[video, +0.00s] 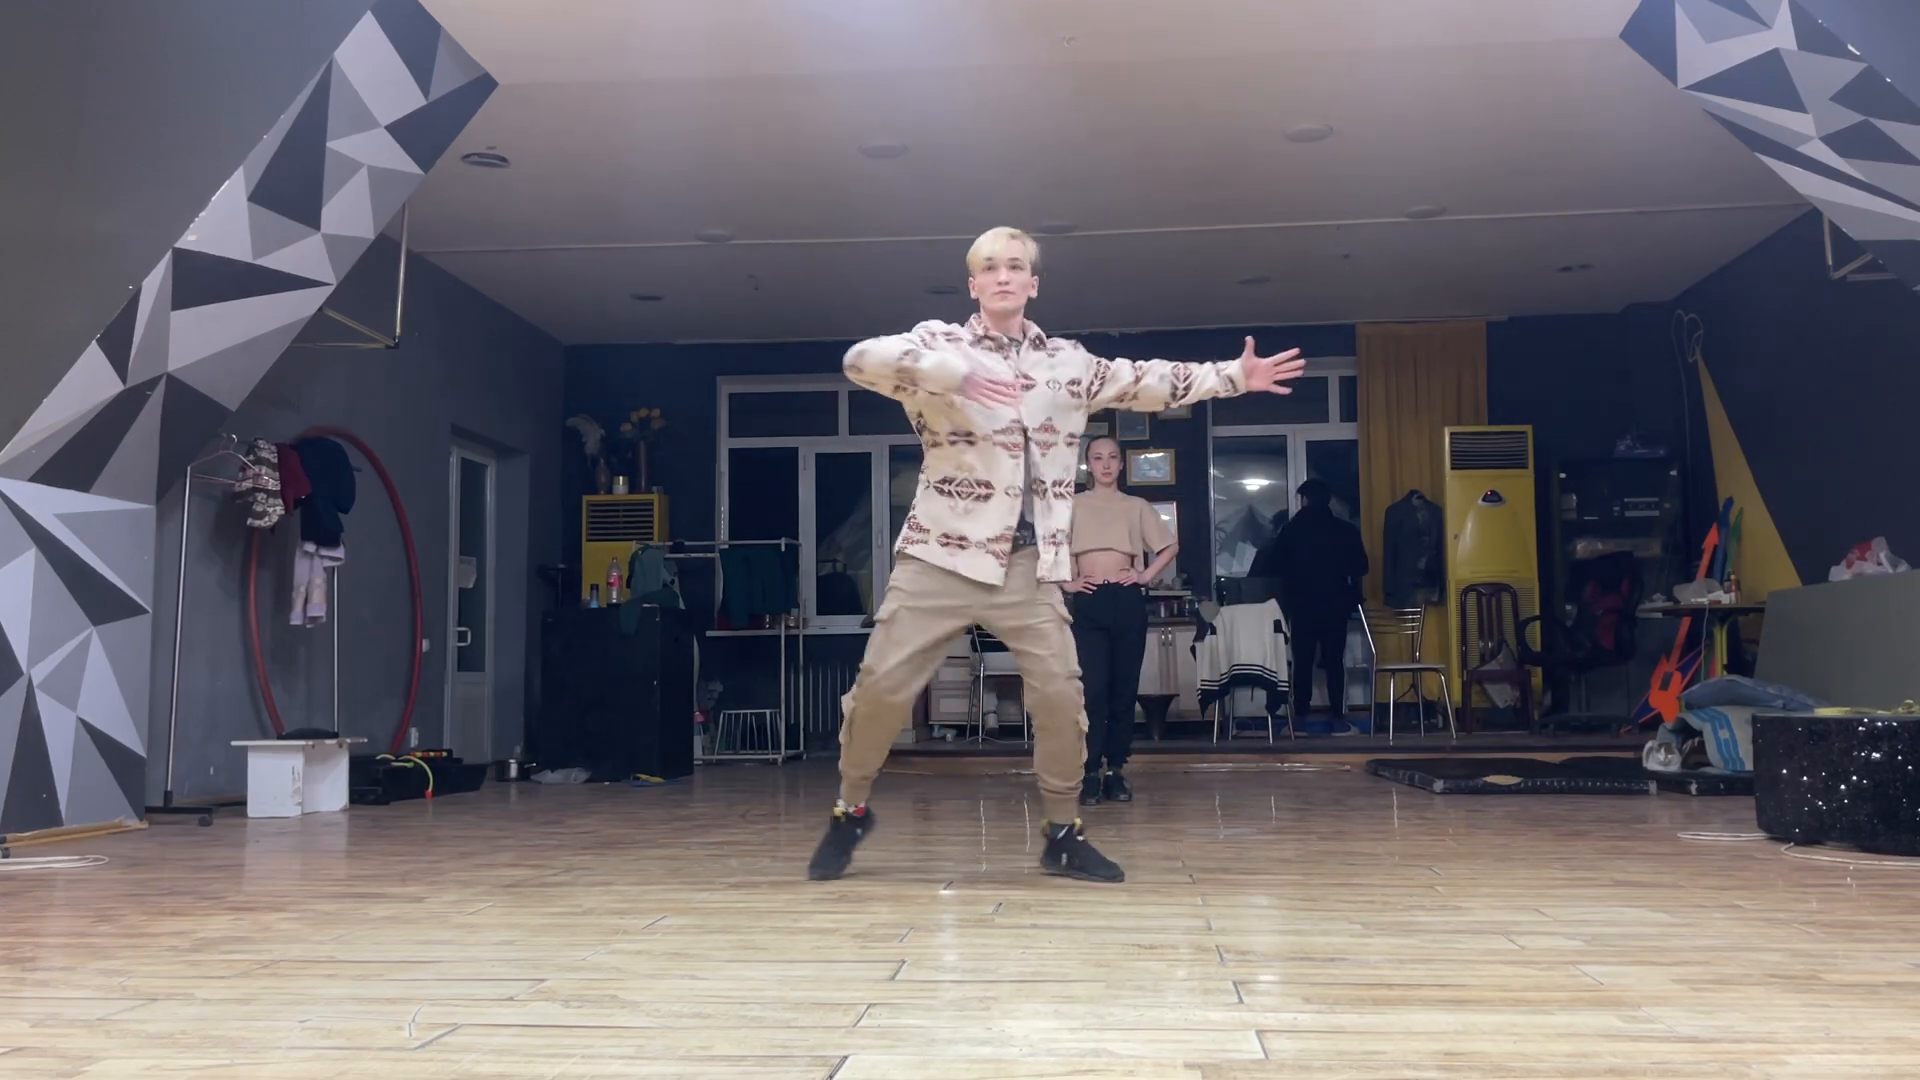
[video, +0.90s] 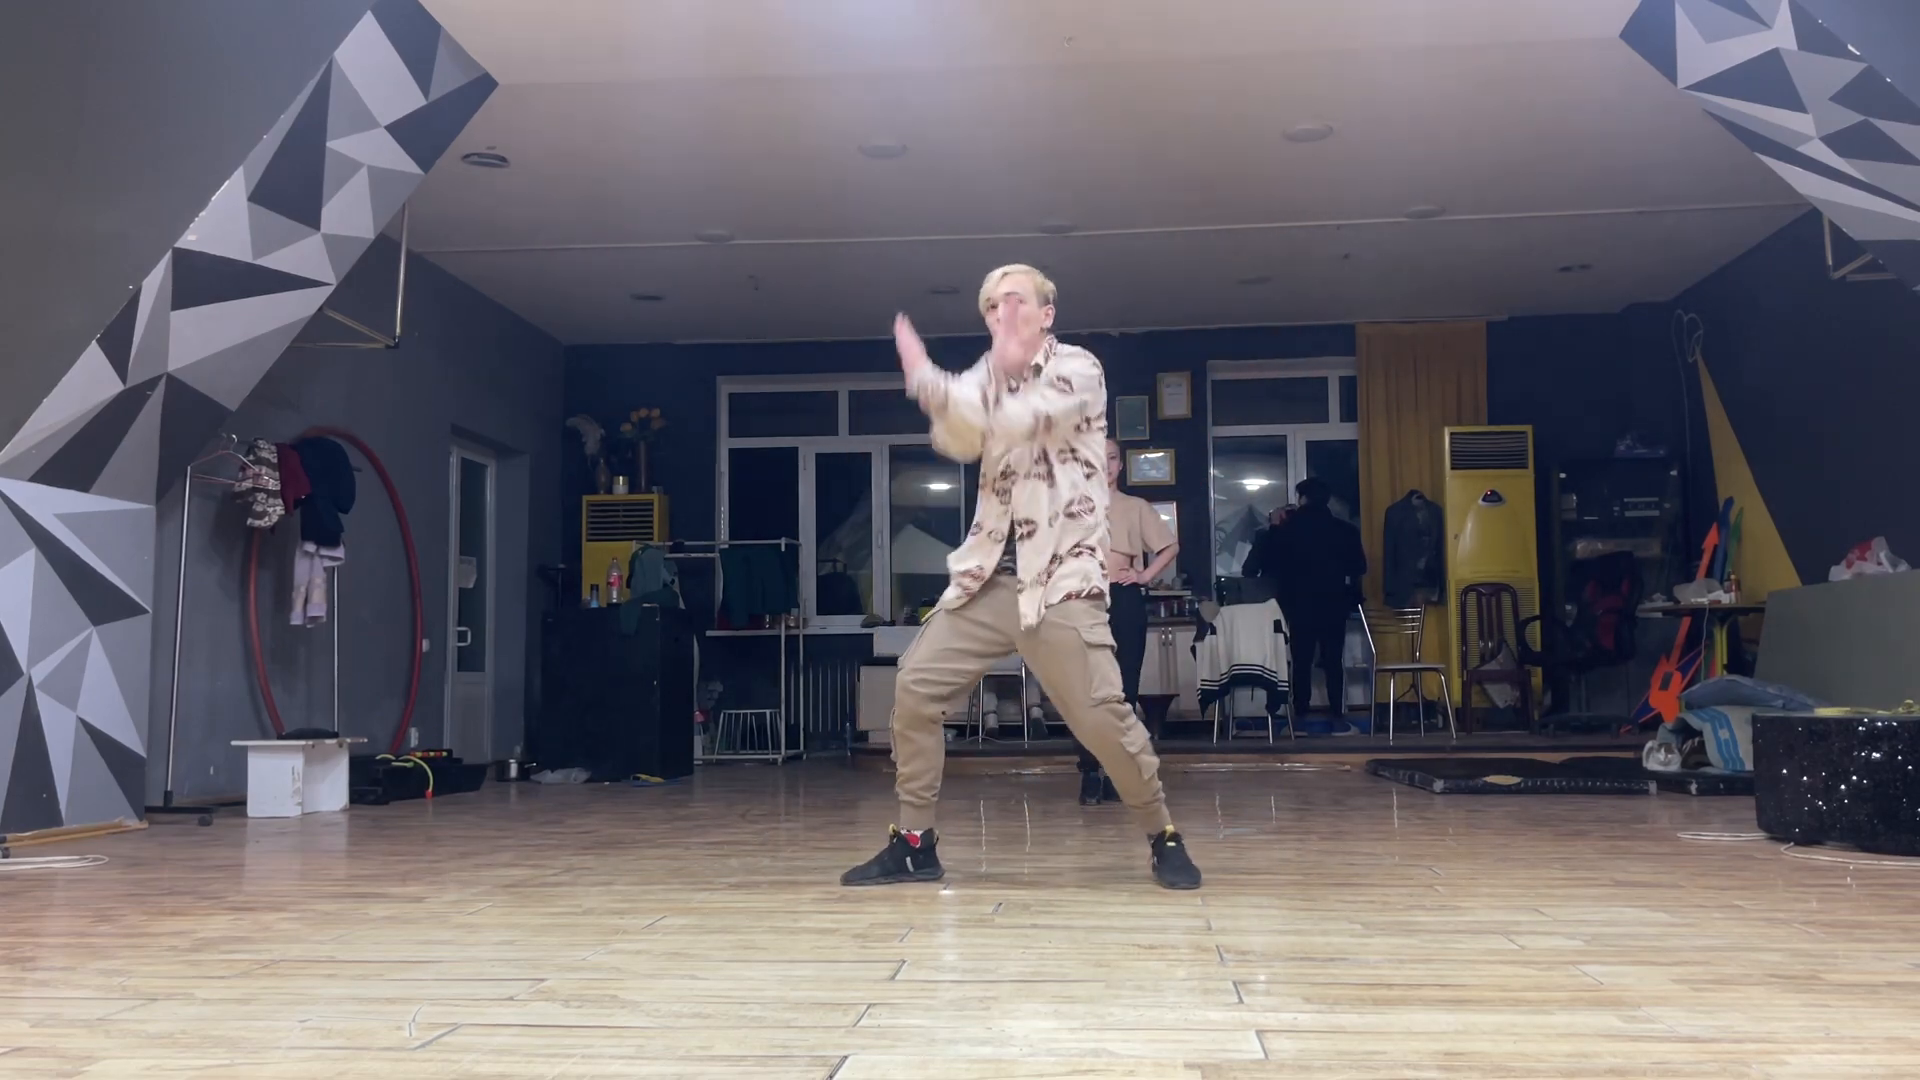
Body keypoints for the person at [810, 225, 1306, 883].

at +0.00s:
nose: (1004, 277)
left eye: (1016, 267)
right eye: (991, 267)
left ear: (1034, 282)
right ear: (971, 281)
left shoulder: (1068, 364)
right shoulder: (938, 343)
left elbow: (1145, 381)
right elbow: (861, 360)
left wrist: (1231, 376)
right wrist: (938, 371)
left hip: (1028, 571)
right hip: (937, 559)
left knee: (1061, 695)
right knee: (880, 685)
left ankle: (1062, 832)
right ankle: (849, 812)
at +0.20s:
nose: (983, 305)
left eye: (998, 293)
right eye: (974, 296)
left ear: (1028, 305)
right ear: (966, 307)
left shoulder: (1059, 367)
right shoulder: (952, 386)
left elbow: (1121, 382)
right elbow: (879, 438)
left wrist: (1187, 375)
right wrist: (906, 435)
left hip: (1007, 574)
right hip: (936, 578)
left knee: (1050, 711)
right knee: (876, 683)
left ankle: (1125, 834)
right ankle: (894, 841)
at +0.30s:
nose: (988, 329)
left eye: (1002, 316)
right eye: (979, 321)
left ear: (1036, 325)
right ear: (975, 335)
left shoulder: (1067, 382)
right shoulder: (966, 409)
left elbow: (1058, 399)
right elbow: (914, 485)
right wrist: (958, 461)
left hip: (1018, 576)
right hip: (947, 577)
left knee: (1053, 709)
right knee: (880, 683)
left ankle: (1128, 837)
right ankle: (894, 841)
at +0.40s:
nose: (985, 301)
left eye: (997, 289)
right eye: (977, 294)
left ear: (1032, 299)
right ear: (972, 306)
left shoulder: (1053, 361)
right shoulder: (958, 381)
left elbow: (1057, 337)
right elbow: (881, 418)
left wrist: (1056, 301)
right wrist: (907, 385)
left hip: (1038, 567)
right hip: (965, 567)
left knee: (1084, 699)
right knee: (896, 676)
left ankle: (1142, 835)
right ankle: (895, 834)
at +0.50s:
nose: (967, 276)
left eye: (982, 265)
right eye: (961, 267)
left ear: (1015, 279)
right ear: (957, 280)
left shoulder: (1041, 331)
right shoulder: (943, 353)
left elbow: (1116, 303)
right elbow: (907, 369)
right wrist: (885, 320)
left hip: (1042, 554)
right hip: (964, 556)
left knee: (1105, 684)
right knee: (905, 672)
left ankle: (1173, 819)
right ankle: (906, 828)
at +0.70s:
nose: (966, 292)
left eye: (980, 282)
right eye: (959, 284)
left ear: (1014, 298)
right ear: (952, 299)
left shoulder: (1046, 354)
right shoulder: (942, 363)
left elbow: (1121, 354)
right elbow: (893, 386)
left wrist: (1202, 351)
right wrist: (855, 392)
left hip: (1031, 581)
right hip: (959, 581)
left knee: (1083, 712)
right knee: (902, 692)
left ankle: (1182, 820)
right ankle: (912, 841)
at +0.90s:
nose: (1006, 312)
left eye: (1018, 300)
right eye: (996, 305)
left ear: (1047, 313)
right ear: (987, 319)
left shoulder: (1079, 368)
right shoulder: (977, 379)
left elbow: (1028, 413)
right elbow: (958, 442)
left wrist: (938, 388)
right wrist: (997, 373)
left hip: (1065, 578)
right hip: (989, 574)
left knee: (1098, 714)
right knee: (916, 687)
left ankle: (1162, 834)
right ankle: (914, 841)